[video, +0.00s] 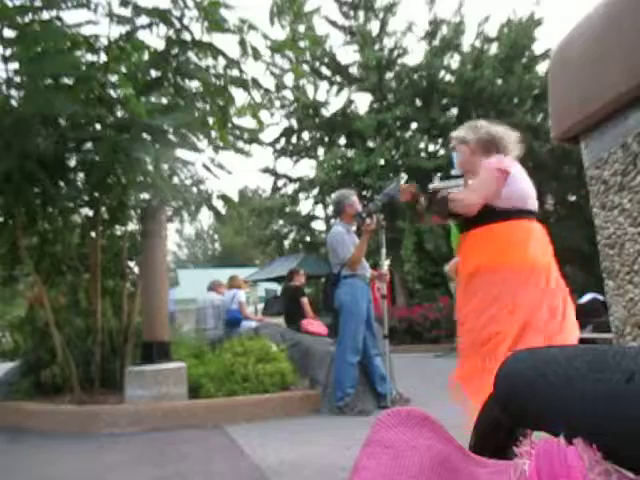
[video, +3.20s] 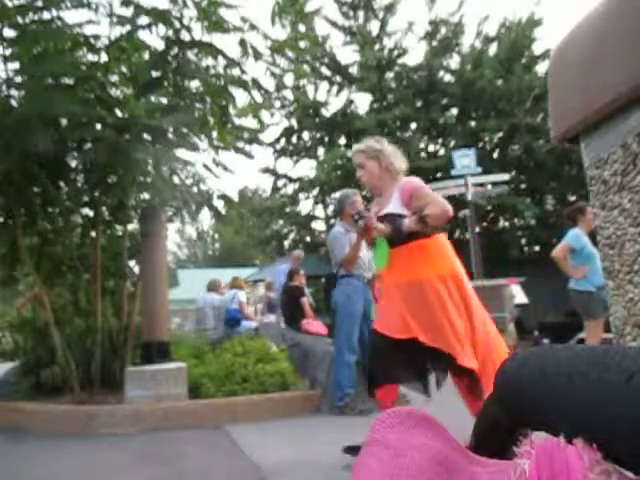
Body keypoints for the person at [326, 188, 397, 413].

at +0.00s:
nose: (360, 206)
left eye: (359, 202)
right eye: (355, 203)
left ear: (349, 208)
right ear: (345, 207)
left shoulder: (350, 233)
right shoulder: (337, 233)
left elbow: (358, 264)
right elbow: (352, 262)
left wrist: (374, 273)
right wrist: (365, 236)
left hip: (362, 284)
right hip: (350, 284)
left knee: (369, 343)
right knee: (350, 344)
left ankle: (386, 393)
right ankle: (344, 397)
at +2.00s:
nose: (361, 207)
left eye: (360, 203)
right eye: (357, 203)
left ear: (353, 207)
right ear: (346, 207)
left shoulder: (353, 232)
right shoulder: (338, 233)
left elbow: (358, 264)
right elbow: (353, 263)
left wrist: (375, 274)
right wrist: (367, 235)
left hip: (364, 284)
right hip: (351, 284)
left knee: (370, 342)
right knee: (351, 343)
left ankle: (383, 393)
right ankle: (344, 398)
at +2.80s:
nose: (362, 207)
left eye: (361, 202)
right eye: (358, 203)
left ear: (353, 207)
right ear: (347, 207)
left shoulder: (356, 231)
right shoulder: (337, 233)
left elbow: (360, 262)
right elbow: (350, 261)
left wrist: (374, 274)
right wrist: (361, 238)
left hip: (364, 283)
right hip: (350, 283)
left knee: (371, 342)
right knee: (349, 344)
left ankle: (385, 393)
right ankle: (343, 398)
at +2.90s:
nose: (361, 206)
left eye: (361, 202)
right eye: (357, 202)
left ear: (354, 207)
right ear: (346, 207)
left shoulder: (357, 231)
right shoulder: (337, 234)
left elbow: (366, 258)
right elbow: (346, 261)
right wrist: (362, 238)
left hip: (364, 285)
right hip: (347, 287)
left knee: (371, 342)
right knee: (348, 345)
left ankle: (384, 392)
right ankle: (343, 397)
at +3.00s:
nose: (361, 206)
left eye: (361, 202)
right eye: (357, 202)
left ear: (357, 207)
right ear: (346, 207)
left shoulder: (357, 231)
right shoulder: (337, 233)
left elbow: (365, 262)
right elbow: (348, 263)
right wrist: (362, 238)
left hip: (366, 282)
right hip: (348, 283)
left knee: (372, 342)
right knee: (348, 343)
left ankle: (385, 392)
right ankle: (344, 397)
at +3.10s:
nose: (362, 206)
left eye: (362, 202)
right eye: (357, 202)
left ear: (354, 207)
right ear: (346, 207)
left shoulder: (357, 232)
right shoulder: (337, 233)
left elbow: (363, 263)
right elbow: (347, 263)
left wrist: (376, 273)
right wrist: (360, 238)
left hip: (365, 283)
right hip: (349, 283)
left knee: (372, 341)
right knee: (348, 343)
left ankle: (385, 392)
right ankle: (343, 397)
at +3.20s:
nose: (361, 209)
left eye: (361, 205)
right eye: (356, 205)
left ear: (358, 207)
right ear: (345, 208)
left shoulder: (359, 231)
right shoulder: (337, 233)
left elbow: (367, 261)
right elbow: (347, 262)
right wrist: (359, 237)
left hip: (366, 282)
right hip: (349, 283)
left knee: (368, 338)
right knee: (347, 342)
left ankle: (377, 388)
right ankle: (344, 396)